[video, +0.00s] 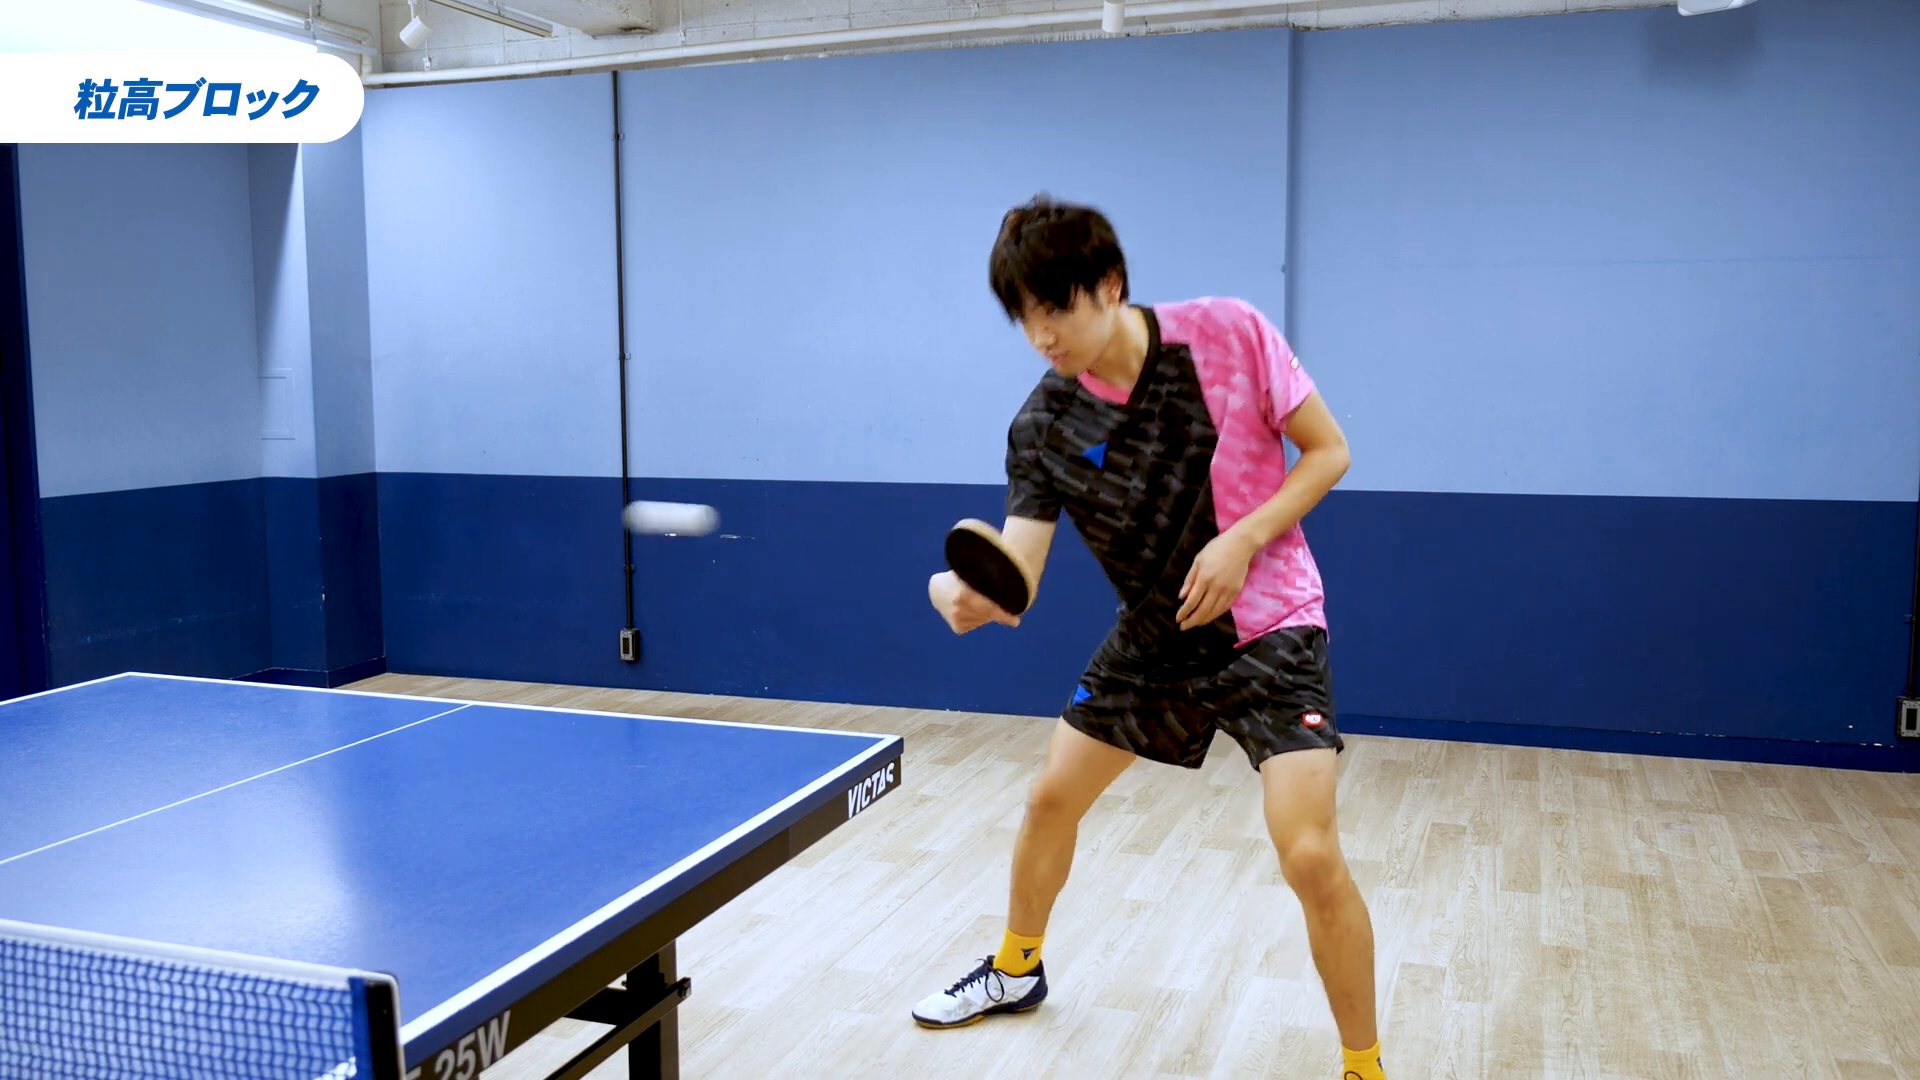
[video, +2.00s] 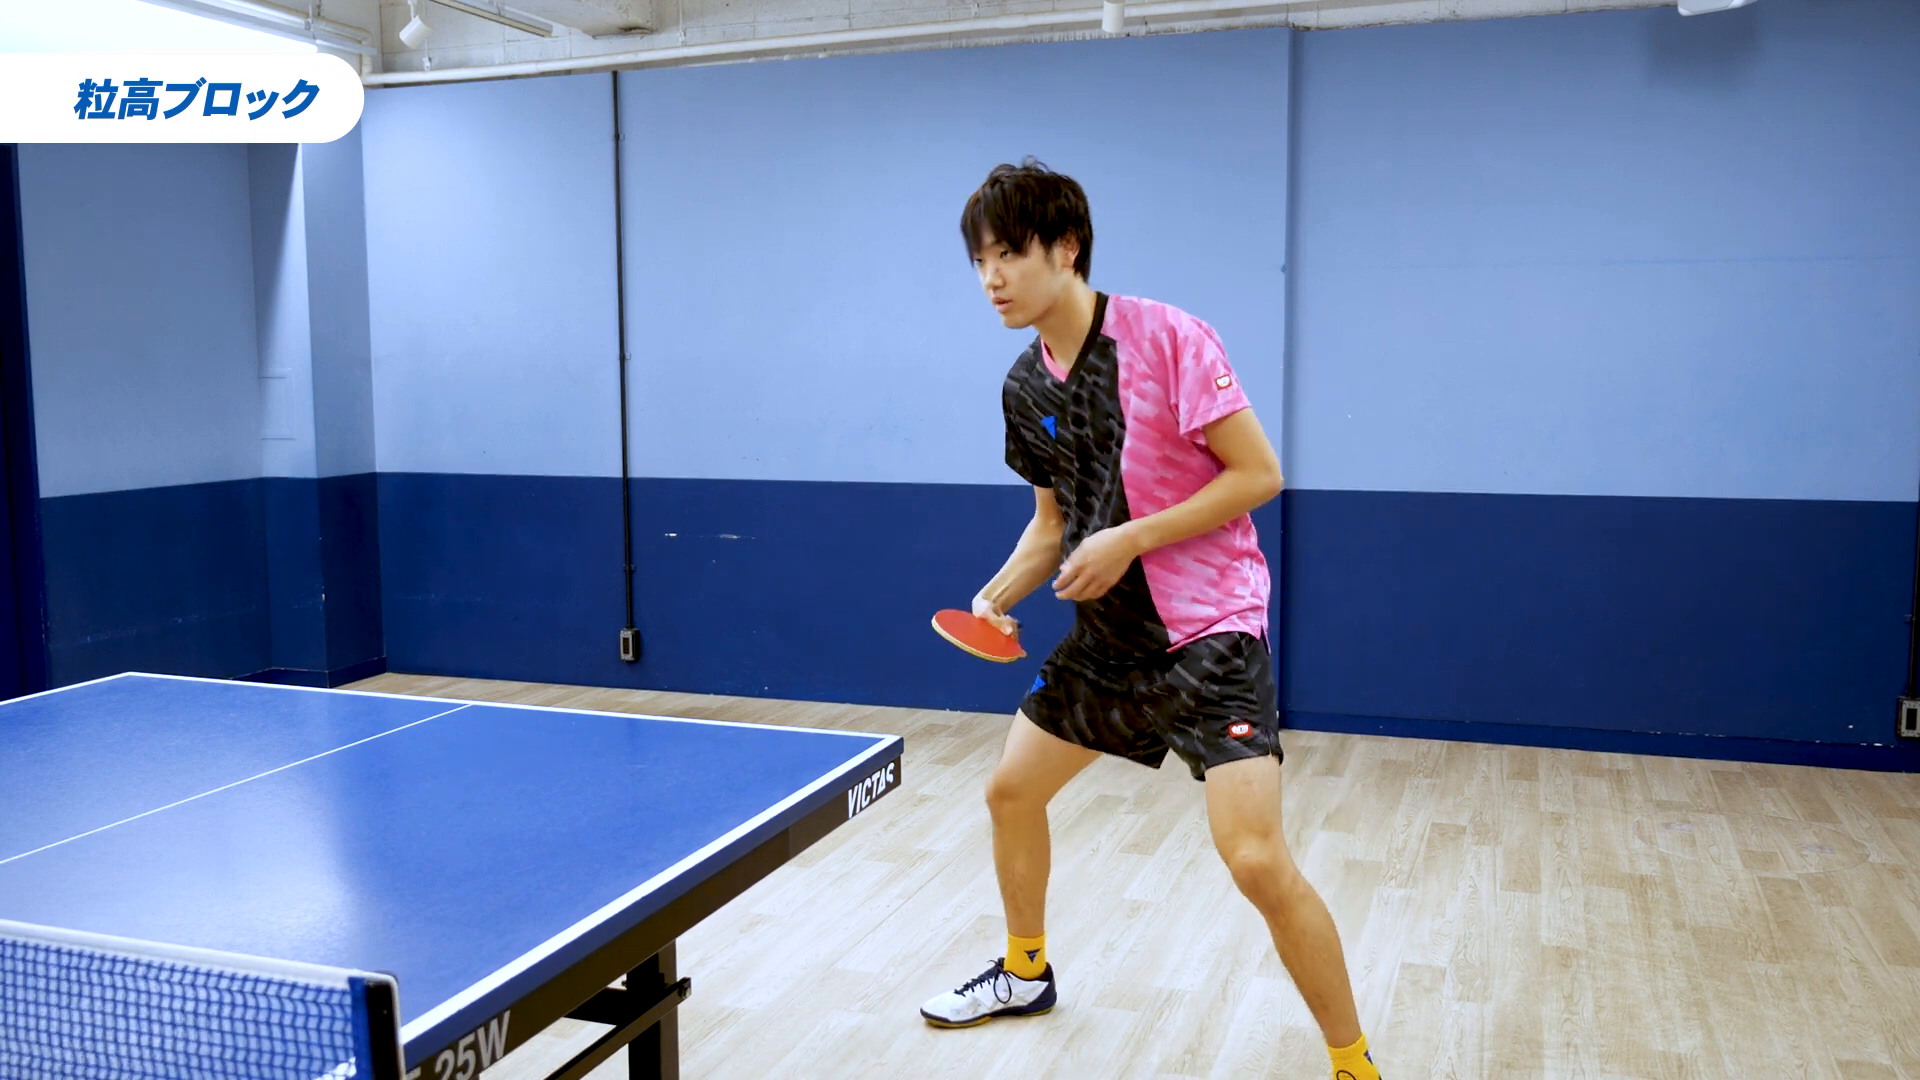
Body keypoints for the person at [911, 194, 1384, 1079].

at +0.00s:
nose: (1039, 334)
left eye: (1053, 306)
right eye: (1024, 317)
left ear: (1109, 285)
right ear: (1015, 319)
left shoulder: (1229, 333)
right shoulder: (1045, 422)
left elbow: (1329, 452)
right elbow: (1016, 580)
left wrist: (1241, 542)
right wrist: (965, 596)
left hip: (1271, 624)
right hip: (1153, 630)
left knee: (1309, 855)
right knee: (1051, 798)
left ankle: (1363, 1065)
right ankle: (1016, 967)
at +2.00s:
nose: (992, 278)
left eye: (1009, 255)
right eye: (981, 261)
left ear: (1067, 249)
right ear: (981, 268)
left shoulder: (1168, 339)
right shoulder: (1026, 385)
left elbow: (1260, 475)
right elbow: (1054, 521)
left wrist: (1130, 539)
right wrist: (995, 599)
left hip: (1213, 634)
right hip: (1110, 635)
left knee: (1255, 859)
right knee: (1013, 793)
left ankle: (1354, 1064)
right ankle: (1024, 971)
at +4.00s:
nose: (1059, 352)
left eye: (1072, 326)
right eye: (1041, 335)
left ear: (1128, 299)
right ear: (1028, 333)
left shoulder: (1251, 345)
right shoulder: (1064, 436)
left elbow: (1352, 457)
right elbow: (1047, 580)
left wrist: (1274, 550)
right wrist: (1009, 602)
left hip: (1284, 630)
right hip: (1163, 637)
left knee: (1316, 866)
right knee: (1055, 807)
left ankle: (1363, 1067)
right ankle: (1025, 970)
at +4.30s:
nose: (1104, 248)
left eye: (1124, 221)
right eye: (1089, 230)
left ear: (1183, 216)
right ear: (1079, 238)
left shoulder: (1285, 304)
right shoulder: (1081, 369)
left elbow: (1370, 430)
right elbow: (1039, 526)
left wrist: (1302, 508)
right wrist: (982, 605)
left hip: (1275, 608)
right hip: (1156, 608)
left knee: (1321, 859)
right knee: (1055, 790)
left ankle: (1363, 1065)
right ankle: (1015, 955)